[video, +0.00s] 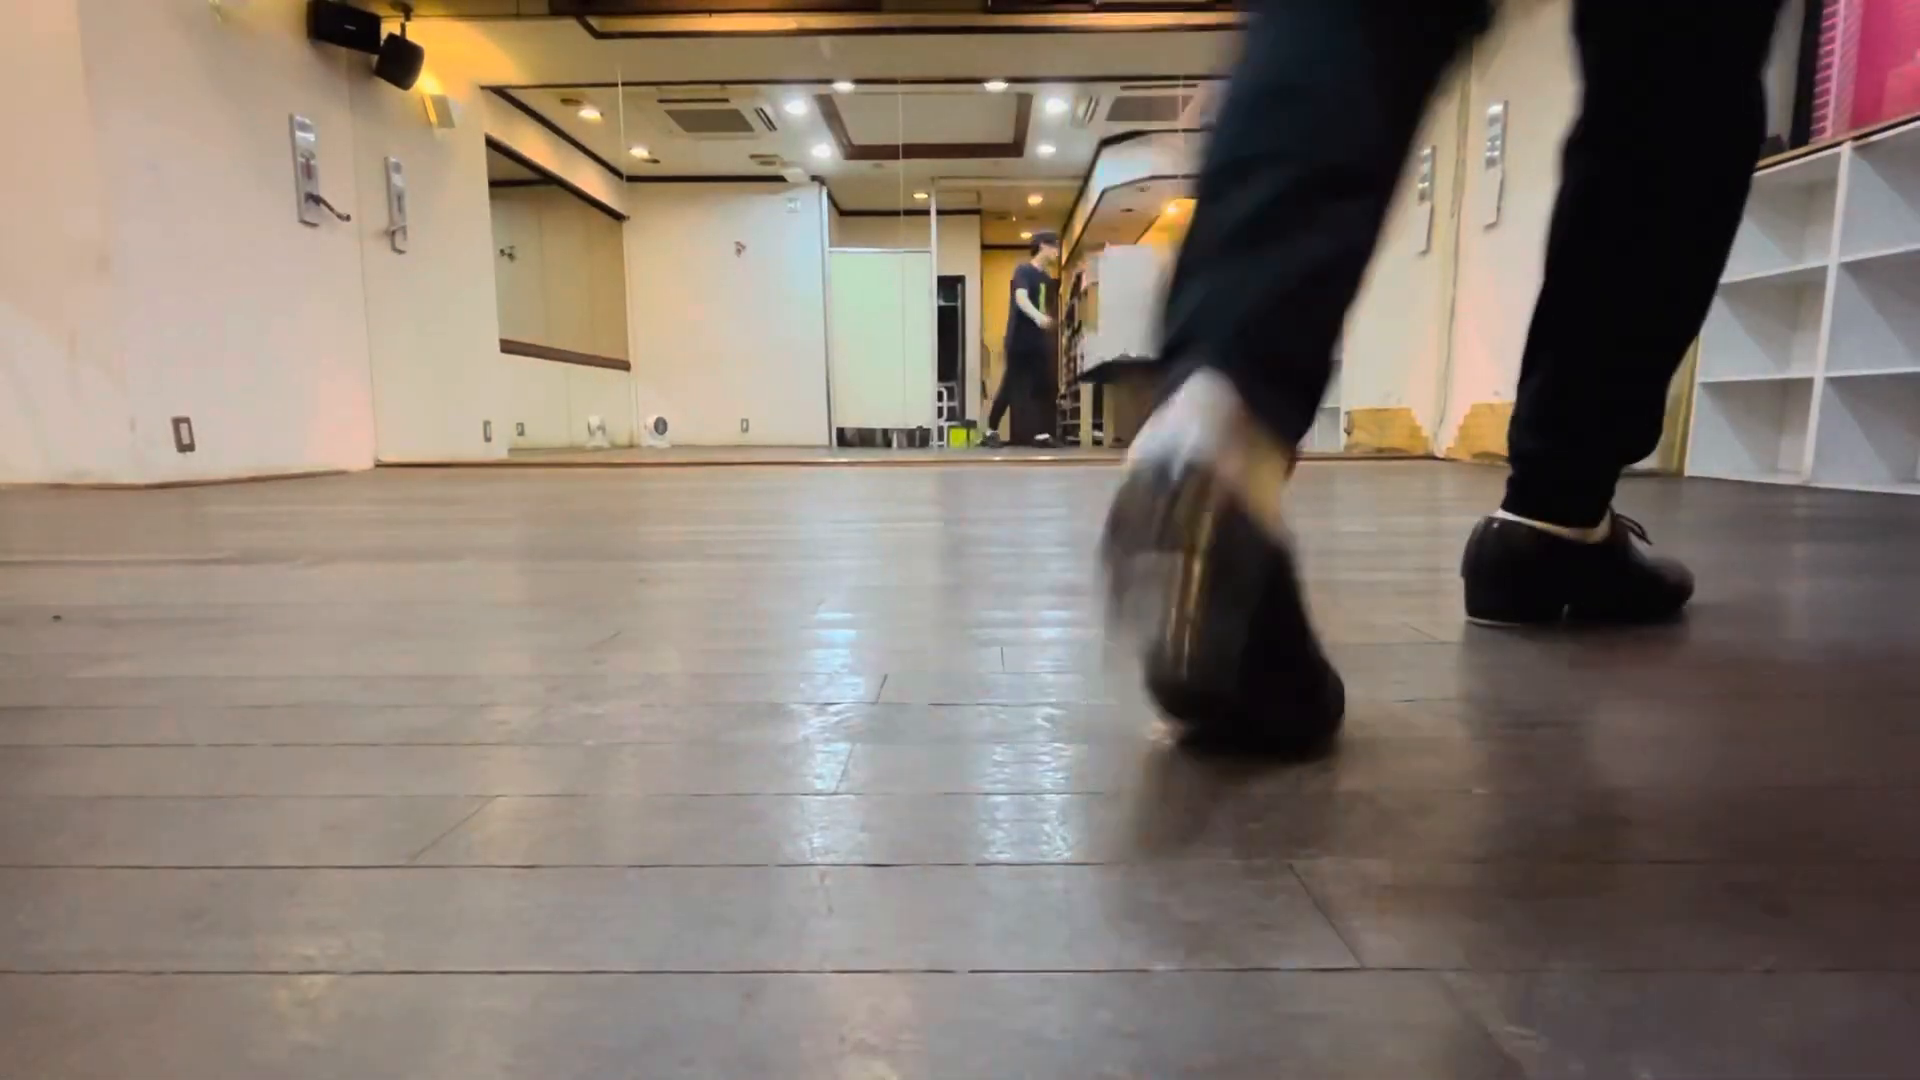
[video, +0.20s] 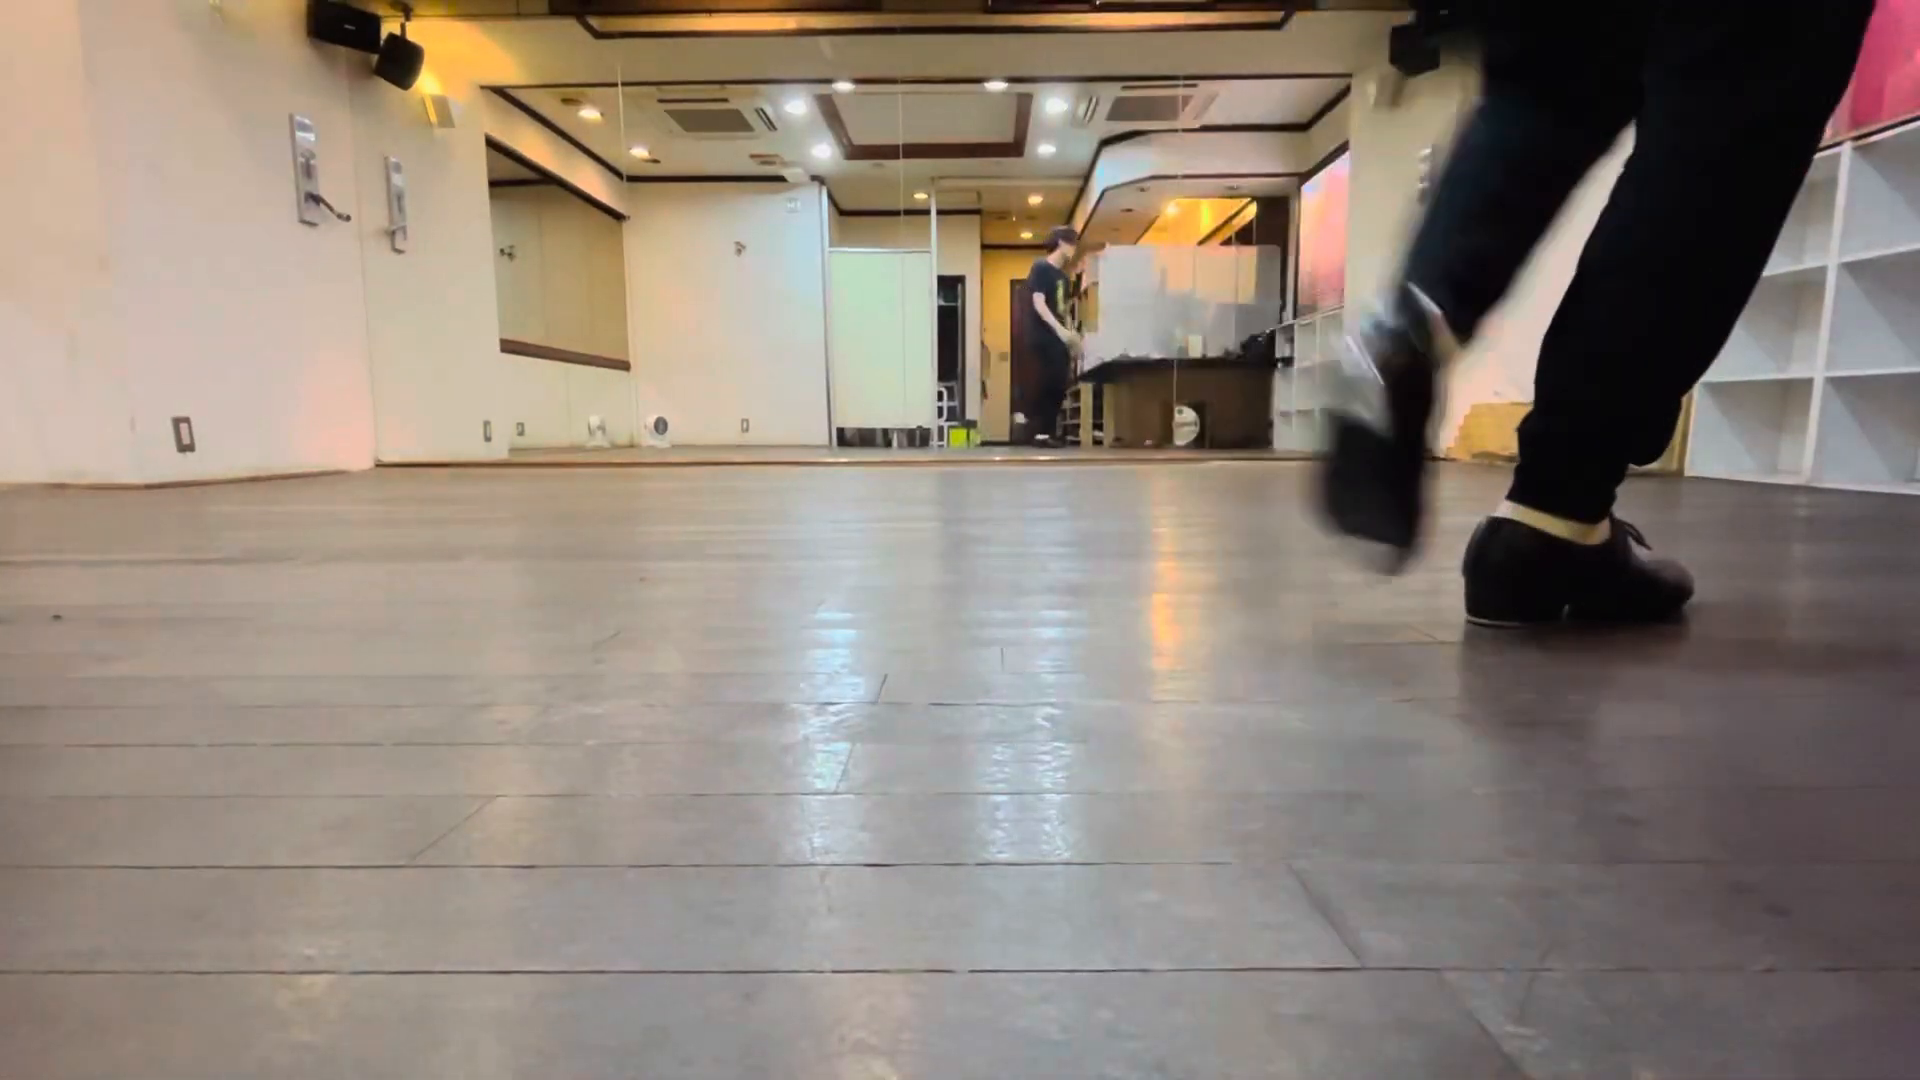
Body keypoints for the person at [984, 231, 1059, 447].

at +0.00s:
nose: (1057, 253)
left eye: (1057, 248)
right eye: (1054, 248)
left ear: (1049, 250)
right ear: (1041, 248)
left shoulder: (1049, 280)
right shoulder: (1024, 271)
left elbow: (1055, 311)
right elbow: (1021, 299)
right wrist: (1040, 317)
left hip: (1041, 340)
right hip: (1021, 338)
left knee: (1042, 384)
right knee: (1011, 382)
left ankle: (1041, 431)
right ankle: (992, 429)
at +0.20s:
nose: (1073, 250)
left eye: (1074, 245)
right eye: (1071, 245)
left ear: (1066, 245)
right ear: (1060, 243)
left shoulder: (1063, 276)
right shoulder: (1041, 268)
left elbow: (1064, 307)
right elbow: (1039, 303)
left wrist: (1072, 333)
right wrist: (1061, 330)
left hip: (1059, 332)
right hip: (1043, 332)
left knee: (1059, 378)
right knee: (1051, 377)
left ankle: (1047, 429)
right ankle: (1041, 429)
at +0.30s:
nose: (1084, 249)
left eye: (1085, 244)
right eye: (1082, 243)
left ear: (1076, 242)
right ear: (1071, 240)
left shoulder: (1072, 272)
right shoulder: (1052, 265)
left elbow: (1073, 308)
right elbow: (1047, 302)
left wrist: (1094, 325)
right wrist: (1061, 335)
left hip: (1067, 333)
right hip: (1053, 334)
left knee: (1065, 377)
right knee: (1062, 376)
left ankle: (1056, 426)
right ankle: (1052, 426)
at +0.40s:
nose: (1096, 249)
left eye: (1097, 244)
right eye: (1094, 243)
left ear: (1084, 242)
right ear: (1080, 240)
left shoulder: (1080, 269)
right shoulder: (1062, 264)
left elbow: (1080, 306)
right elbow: (1057, 300)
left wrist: (1107, 316)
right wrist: (1075, 332)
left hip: (1071, 333)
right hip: (1060, 334)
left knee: (1060, 380)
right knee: (1076, 378)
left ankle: (1046, 429)